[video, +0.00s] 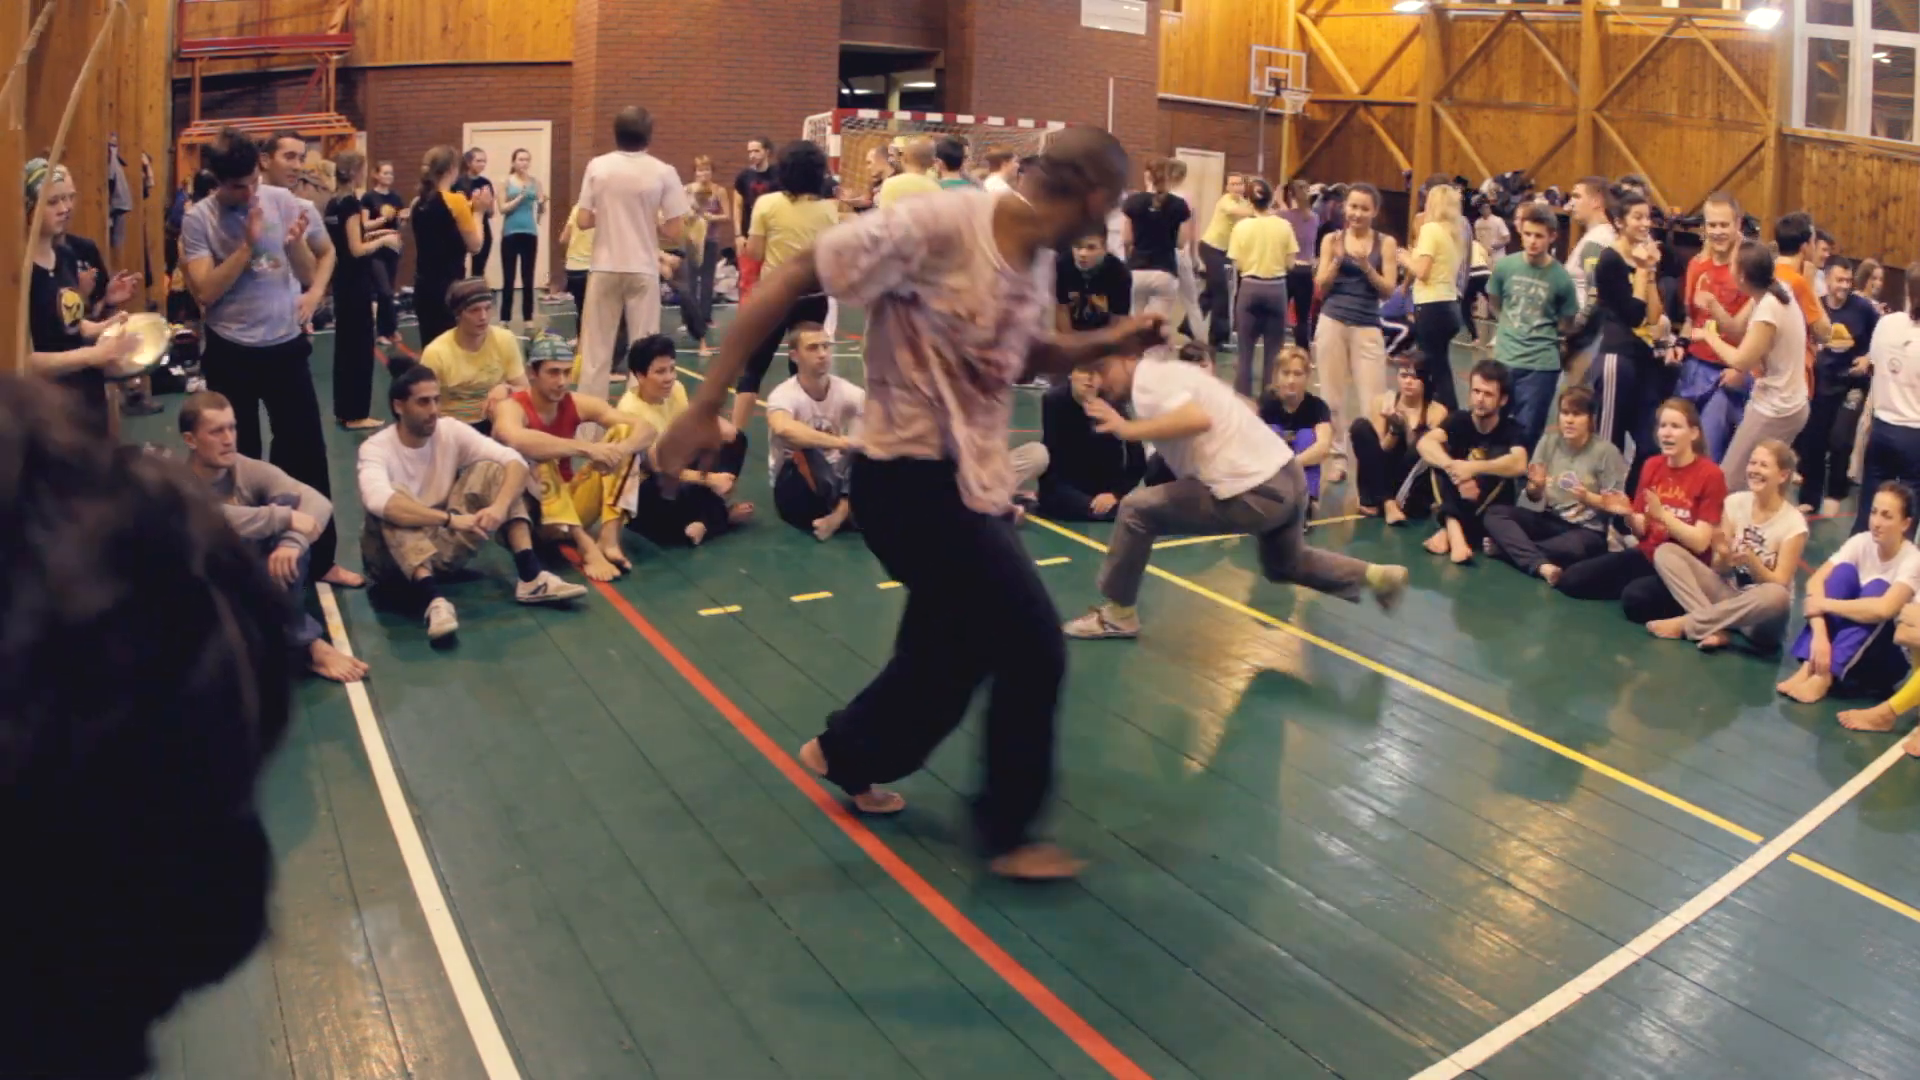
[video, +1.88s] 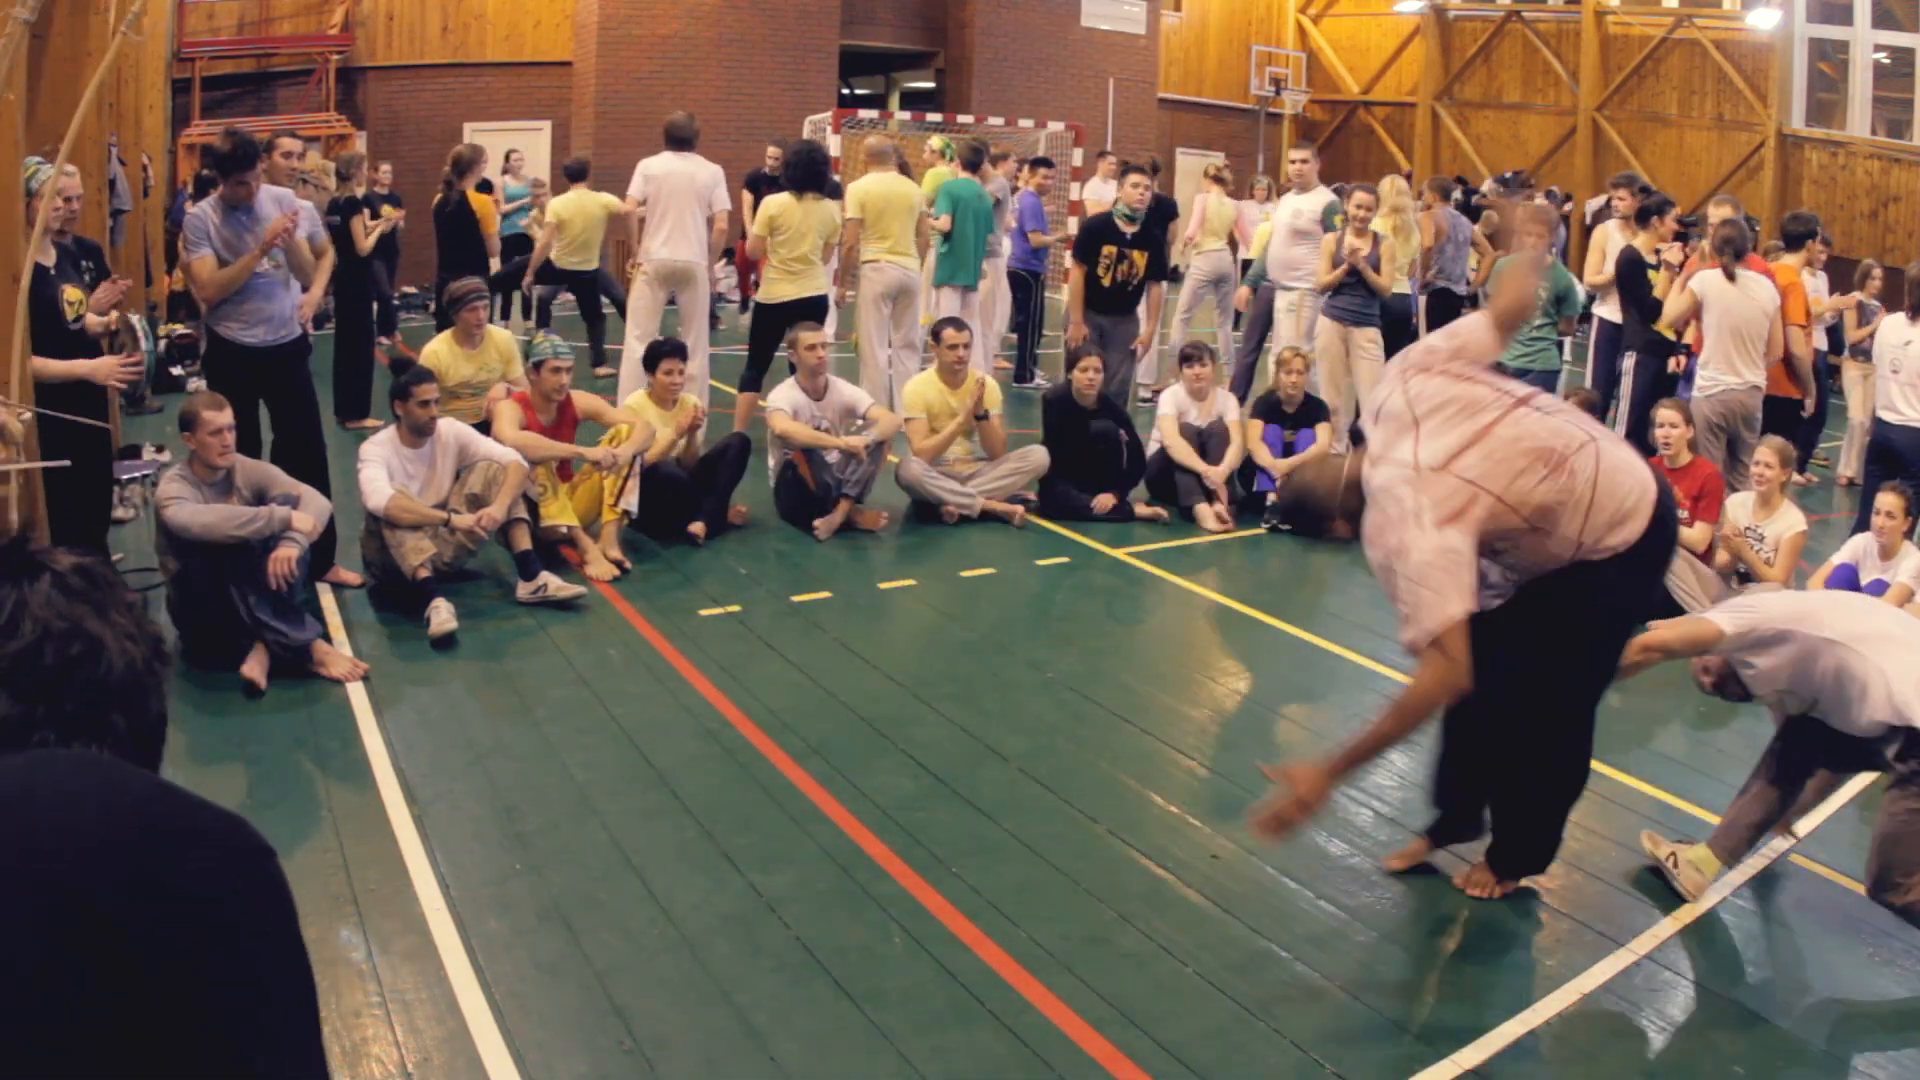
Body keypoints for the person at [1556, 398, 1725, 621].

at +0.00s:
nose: (1666, 433)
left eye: (1675, 426)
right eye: (1662, 426)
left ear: (1694, 433)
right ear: (1656, 430)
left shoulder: (1711, 475)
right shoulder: (1652, 465)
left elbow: (1700, 542)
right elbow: (1641, 529)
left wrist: (1662, 515)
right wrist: (1627, 511)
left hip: (1683, 566)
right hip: (1646, 555)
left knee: (1635, 600)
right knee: (1570, 582)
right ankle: (1636, 581)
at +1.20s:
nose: (1666, 433)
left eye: (1675, 426)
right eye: (1661, 426)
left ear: (1694, 431)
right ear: (1656, 430)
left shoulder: (1710, 475)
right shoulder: (1652, 466)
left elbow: (1699, 544)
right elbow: (1637, 530)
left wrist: (1654, 517)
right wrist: (1645, 517)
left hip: (1682, 565)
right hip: (1645, 555)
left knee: (1635, 600)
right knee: (1572, 580)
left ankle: (1692, 603)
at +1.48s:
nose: (1664, 433)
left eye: (1673, 426)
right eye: (1659, 426)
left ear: (1689, 431)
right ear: (1653, 431)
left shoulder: (1708, 474)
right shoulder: (1648, 467)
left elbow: (1698, 538)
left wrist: (1652, 517)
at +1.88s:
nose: (1665, 434)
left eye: (1674, 426)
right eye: (1660, 426)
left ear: (1690, 431)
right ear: (1653, 431)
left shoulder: (1709, 474)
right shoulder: (1647, 468)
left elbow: (1699, 541)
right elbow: (1631, 519)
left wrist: (1654, 521)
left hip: (1693, 564)